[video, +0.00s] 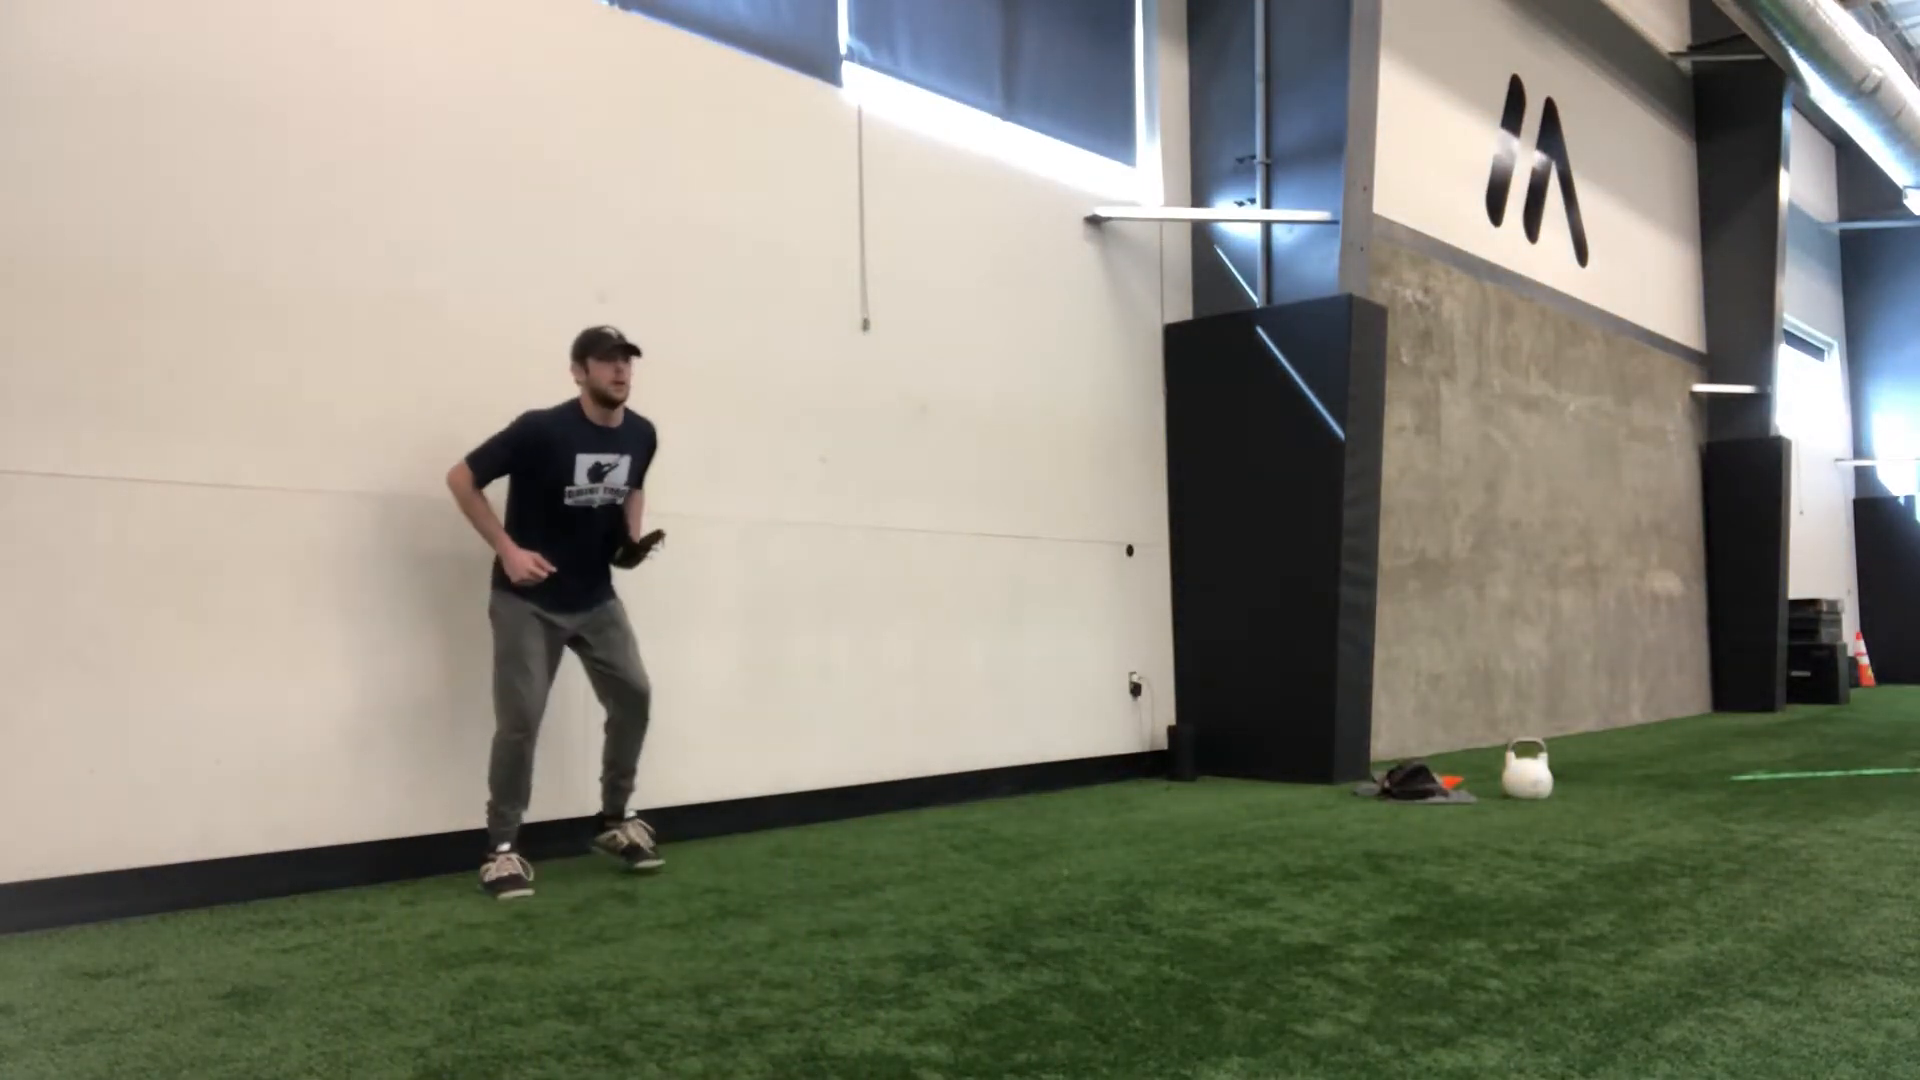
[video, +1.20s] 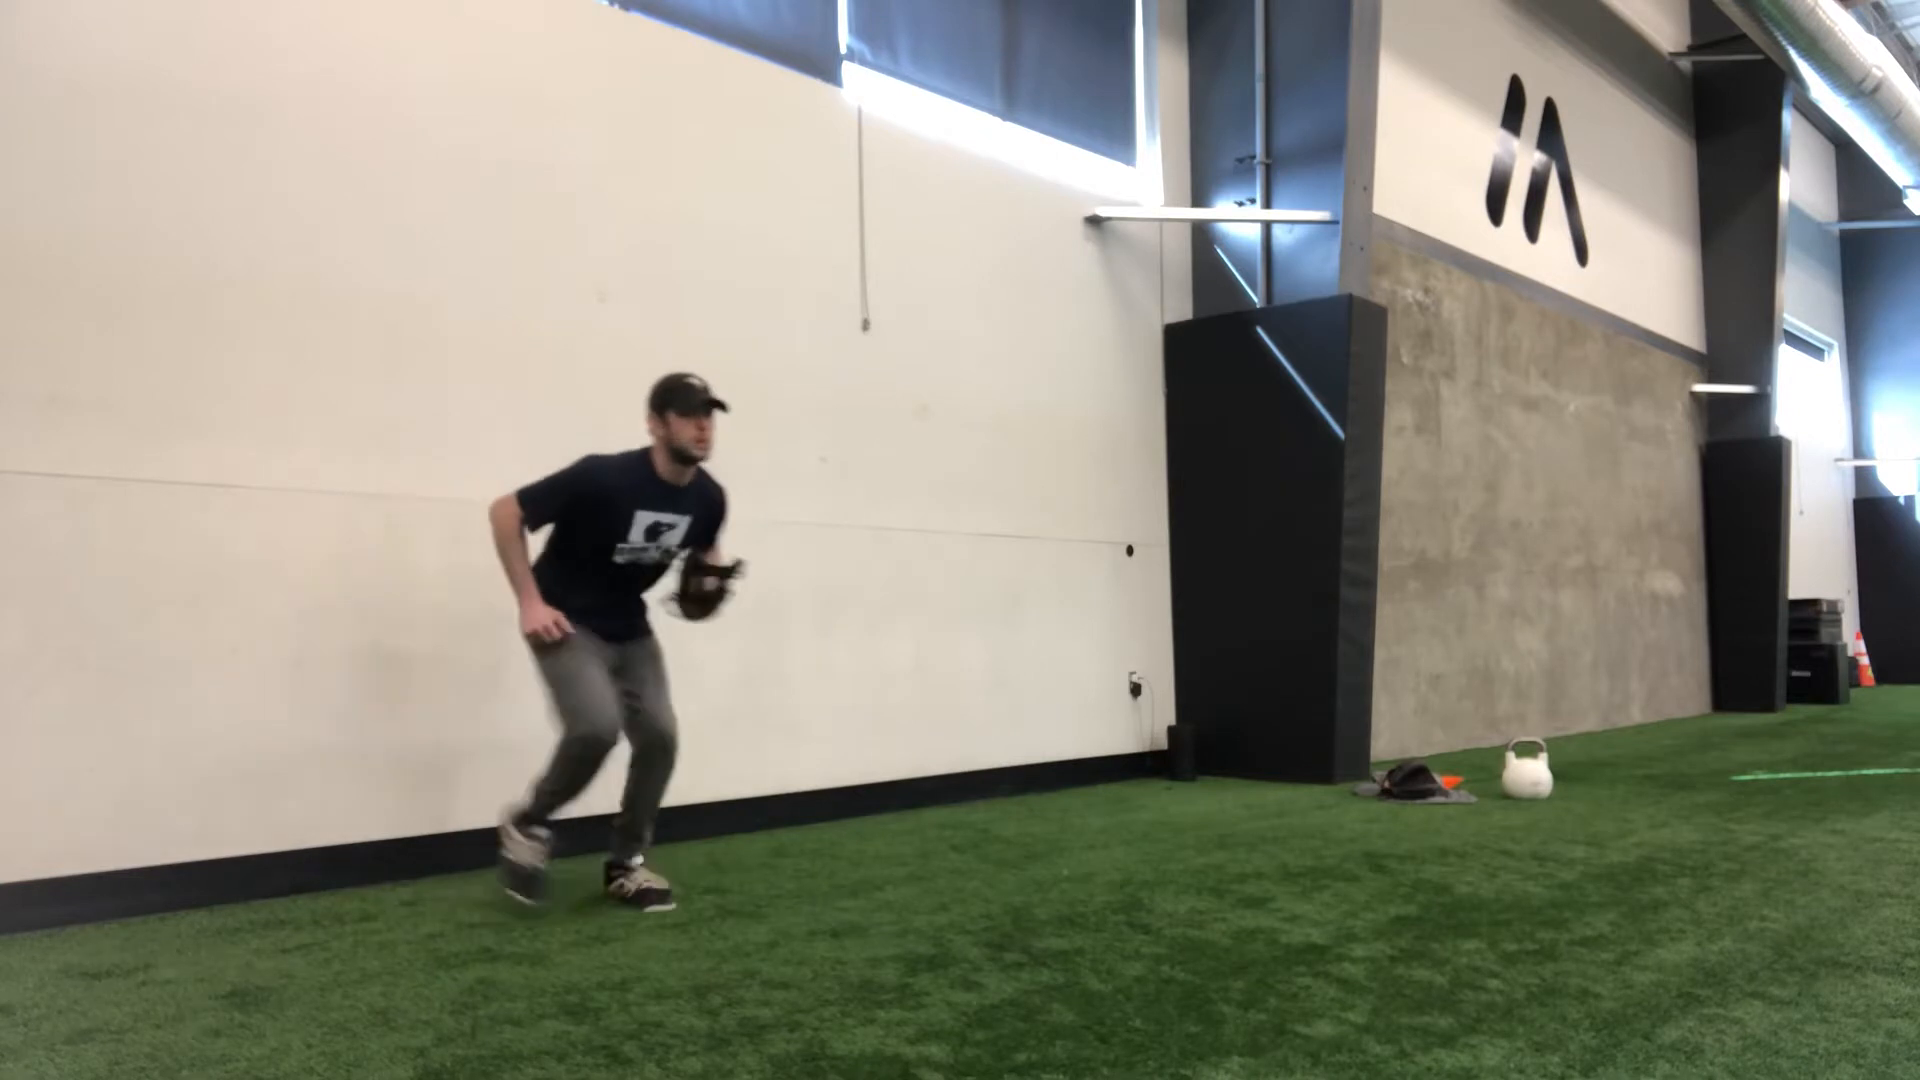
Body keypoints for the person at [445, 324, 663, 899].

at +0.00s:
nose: (621, 372)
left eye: (626, 362)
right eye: (608, 363)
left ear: (633, 371)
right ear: (580, 371)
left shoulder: (640, 436)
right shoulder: (540, 430)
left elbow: (633, 491)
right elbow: (462, 479)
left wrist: (634, 539)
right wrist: (506, 550)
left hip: (595, 598)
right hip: (529, 599)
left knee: (633, 696)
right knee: (520, 719)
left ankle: (614, 823)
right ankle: (502, 850)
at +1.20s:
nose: (704, 428)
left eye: (709, 417)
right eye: (690, 416)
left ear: (714, 424)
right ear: (657, 422)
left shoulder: (707, 500)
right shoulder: (602, 477)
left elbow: (697, 573)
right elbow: (506, 512)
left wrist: (708, 585)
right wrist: (529, 601)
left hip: (626, 622)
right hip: (564, 618)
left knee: (659, 736)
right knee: (597, 728)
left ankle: (625, 866)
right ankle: (527, 826)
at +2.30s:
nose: (1020, 558)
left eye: (1024, 545)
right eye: (1009, 544)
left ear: (1025, 547)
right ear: (971, 540)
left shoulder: (1021, 599)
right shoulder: (904, 576)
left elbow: (973, 675)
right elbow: (823, 666)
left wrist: (940, 691)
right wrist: (906, 683)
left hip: (925, 672)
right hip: (850, 668)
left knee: (1016, 735)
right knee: (774, 782)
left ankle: (971, 876)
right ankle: (638, 912)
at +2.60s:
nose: (1127, 353)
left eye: (1127, 342)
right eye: (1112, 342)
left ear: (1126, 351)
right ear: (1072, 355)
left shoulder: (1157, 434)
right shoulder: (1032, 427)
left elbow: (1210, 534)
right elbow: (958, 479)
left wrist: (1154, 523)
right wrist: (975, 568)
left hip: (1147, 617)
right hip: (1062, 617)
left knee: (1189, 743)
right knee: (1039, 738)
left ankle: (1163, 820)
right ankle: (1132, 849)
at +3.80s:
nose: (1106, 306)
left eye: (1110, 296)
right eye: (1091, 296)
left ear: (1112, 307)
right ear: (1059, 309)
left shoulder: (1149, 389)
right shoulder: (1028, 397)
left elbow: (1230, 477)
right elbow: (986, 473)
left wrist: (1198, 426)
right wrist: (1005, 515)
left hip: (1168, 591)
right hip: (1091, 606)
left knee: (1221, 724)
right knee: (1138, 750)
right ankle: (1213, 876)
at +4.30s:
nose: (863, 338)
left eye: (867, 327)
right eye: (851, 328)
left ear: (871, 334)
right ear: (821, 335)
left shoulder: (879, 407)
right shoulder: (784, 407)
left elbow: (864, 479)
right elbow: (718, 477)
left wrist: (895, 505)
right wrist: (788, 504)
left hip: (859, 601)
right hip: (792, 605)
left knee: (925, 715)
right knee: (751, 730)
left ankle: (982, 845)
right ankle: (667, 850)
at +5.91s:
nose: (646, 445)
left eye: (651, 435)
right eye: (633, 436)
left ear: (657, 440)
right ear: (601, 441)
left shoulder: (647, 495)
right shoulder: (545, 486)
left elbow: (617, 533)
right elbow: (445, 506)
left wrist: (611, 569)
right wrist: (494, 573)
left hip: (565, 615)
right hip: (495, 612)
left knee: (601, 703)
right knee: (501, 726)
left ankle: (546, 825)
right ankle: (461, 853)